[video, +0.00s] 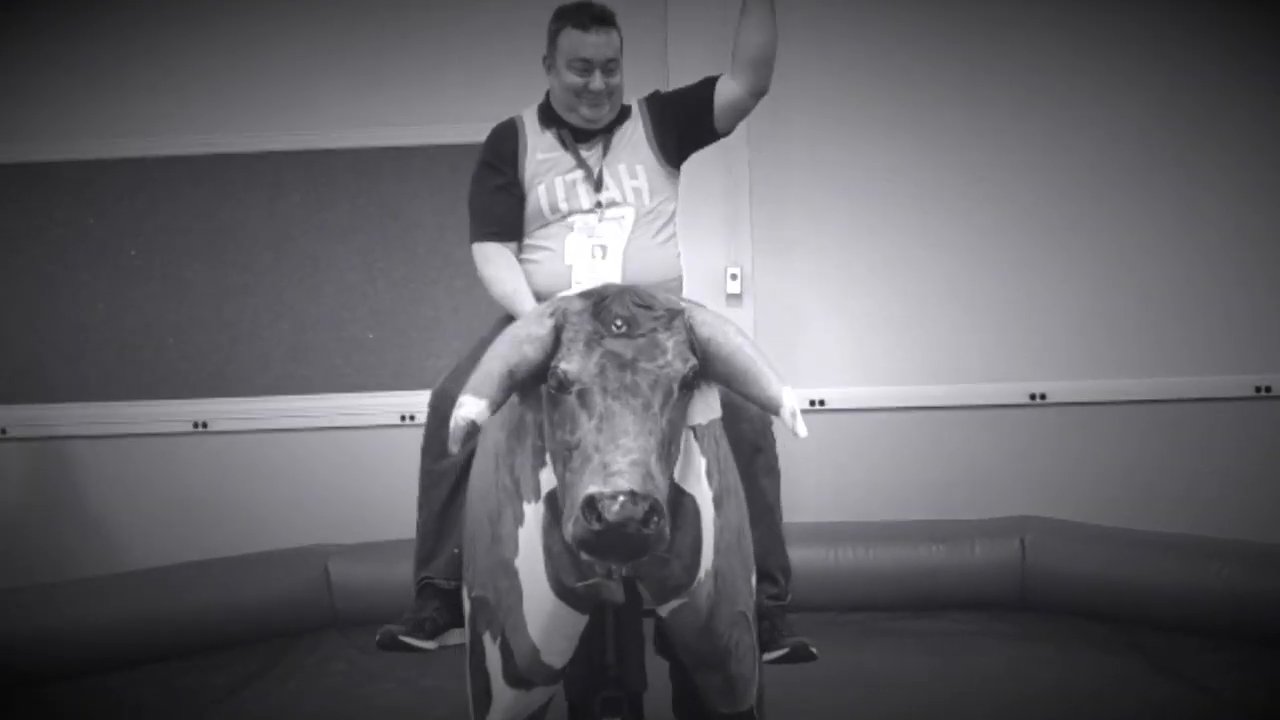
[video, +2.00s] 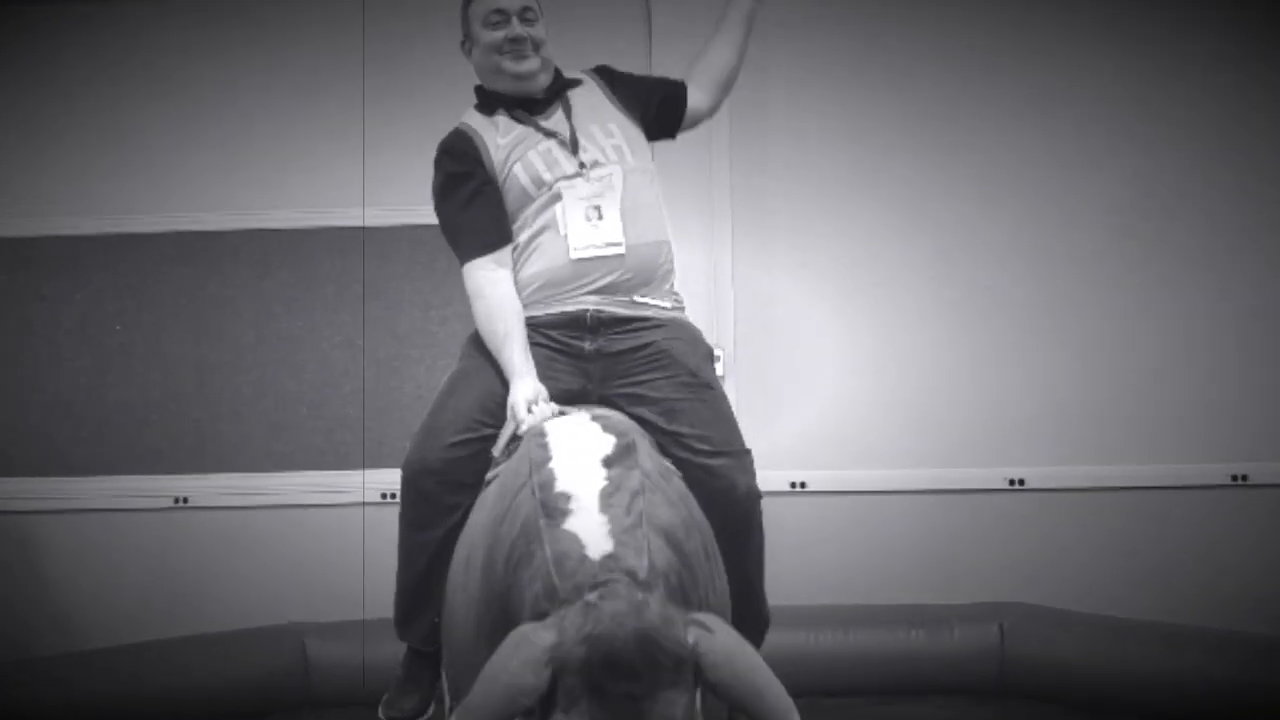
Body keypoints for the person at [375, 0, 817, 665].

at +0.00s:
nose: (596, 82)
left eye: (609, 67)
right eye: (580, 68)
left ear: (623, 66)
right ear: (548, 66)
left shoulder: (658, 122)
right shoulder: (513, 141)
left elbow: (748, 82)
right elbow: (492, 249)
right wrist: (536, 319)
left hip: (657, 312)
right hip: (548, 316)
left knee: (750, 419)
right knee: (450, 407)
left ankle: (767, 609)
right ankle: (440, 597)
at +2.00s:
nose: (517, 30)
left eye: (528, 16)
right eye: (496, 20)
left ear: (546, 28)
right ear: (466, 44)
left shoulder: (612, 91)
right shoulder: (467, 147)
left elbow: (700, 96)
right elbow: (487, 273)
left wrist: (743, 9)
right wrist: (521, 376)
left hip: (650, 331)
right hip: (528, 339)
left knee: (731, 484)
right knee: (431, 470)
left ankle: (741, 662)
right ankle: (421, 663)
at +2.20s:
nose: (510, 20)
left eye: (521, 9)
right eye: (487, 15)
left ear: (544, 30)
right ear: (462, 54)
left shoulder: (605, 95)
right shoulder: (465, 150)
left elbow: (690, 142)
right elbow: (485, 281)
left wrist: (783, 88)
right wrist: (522, 389)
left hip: (652, 338)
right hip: (529, 348)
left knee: (733, 501)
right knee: (432, 482)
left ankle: (732, 675)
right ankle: (426, 680)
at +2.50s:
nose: (503, 20)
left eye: (511, 11)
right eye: (479, 19)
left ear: (535, 32)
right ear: (458, 65)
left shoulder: (606, 99)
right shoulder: (463, 161)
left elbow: (690, 170)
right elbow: (484, 303)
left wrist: (800, 196)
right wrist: (521, 415)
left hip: (659, 362)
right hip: (528, 372)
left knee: (736, 535)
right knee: (429, 513)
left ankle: (739, 695)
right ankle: (424, 695)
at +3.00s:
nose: (498, 62)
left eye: (509, 42)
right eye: (472, 53)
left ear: (539, 58)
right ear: (451, 90)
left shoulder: (619, 120)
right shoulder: (452, 199)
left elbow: (704, 210)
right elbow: (474, 349)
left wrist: (752, 298)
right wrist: (514, 467)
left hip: (656, 413)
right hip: (516, 422)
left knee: (736, 589)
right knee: (415, 563)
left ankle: (750, 715)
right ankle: (408, 713)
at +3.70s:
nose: (513, 133)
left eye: (526, 111)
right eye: (490, 120)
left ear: (552, 118)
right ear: (469, 140)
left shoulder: (622, 181)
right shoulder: (454, 235)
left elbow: (704, 281)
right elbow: (468, 375)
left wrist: (675, 393)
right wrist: (514, 475)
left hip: (647, 437)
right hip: (518, 444)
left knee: (734, 592)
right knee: (412, 564)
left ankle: (748, 716)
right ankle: (405, 713)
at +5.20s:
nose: (545, 112)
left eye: (552, 100)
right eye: (525, 103)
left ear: (566, 116)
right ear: (496, 129)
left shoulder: (609, 178)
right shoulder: (472, 202)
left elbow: (666, 257)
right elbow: (468, 308)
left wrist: (630, 331)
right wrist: (502, 384)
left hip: (615, 363)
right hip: (508, 372)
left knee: (688, 480)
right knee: (432, 469)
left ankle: (716, 665)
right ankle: (420, 664)